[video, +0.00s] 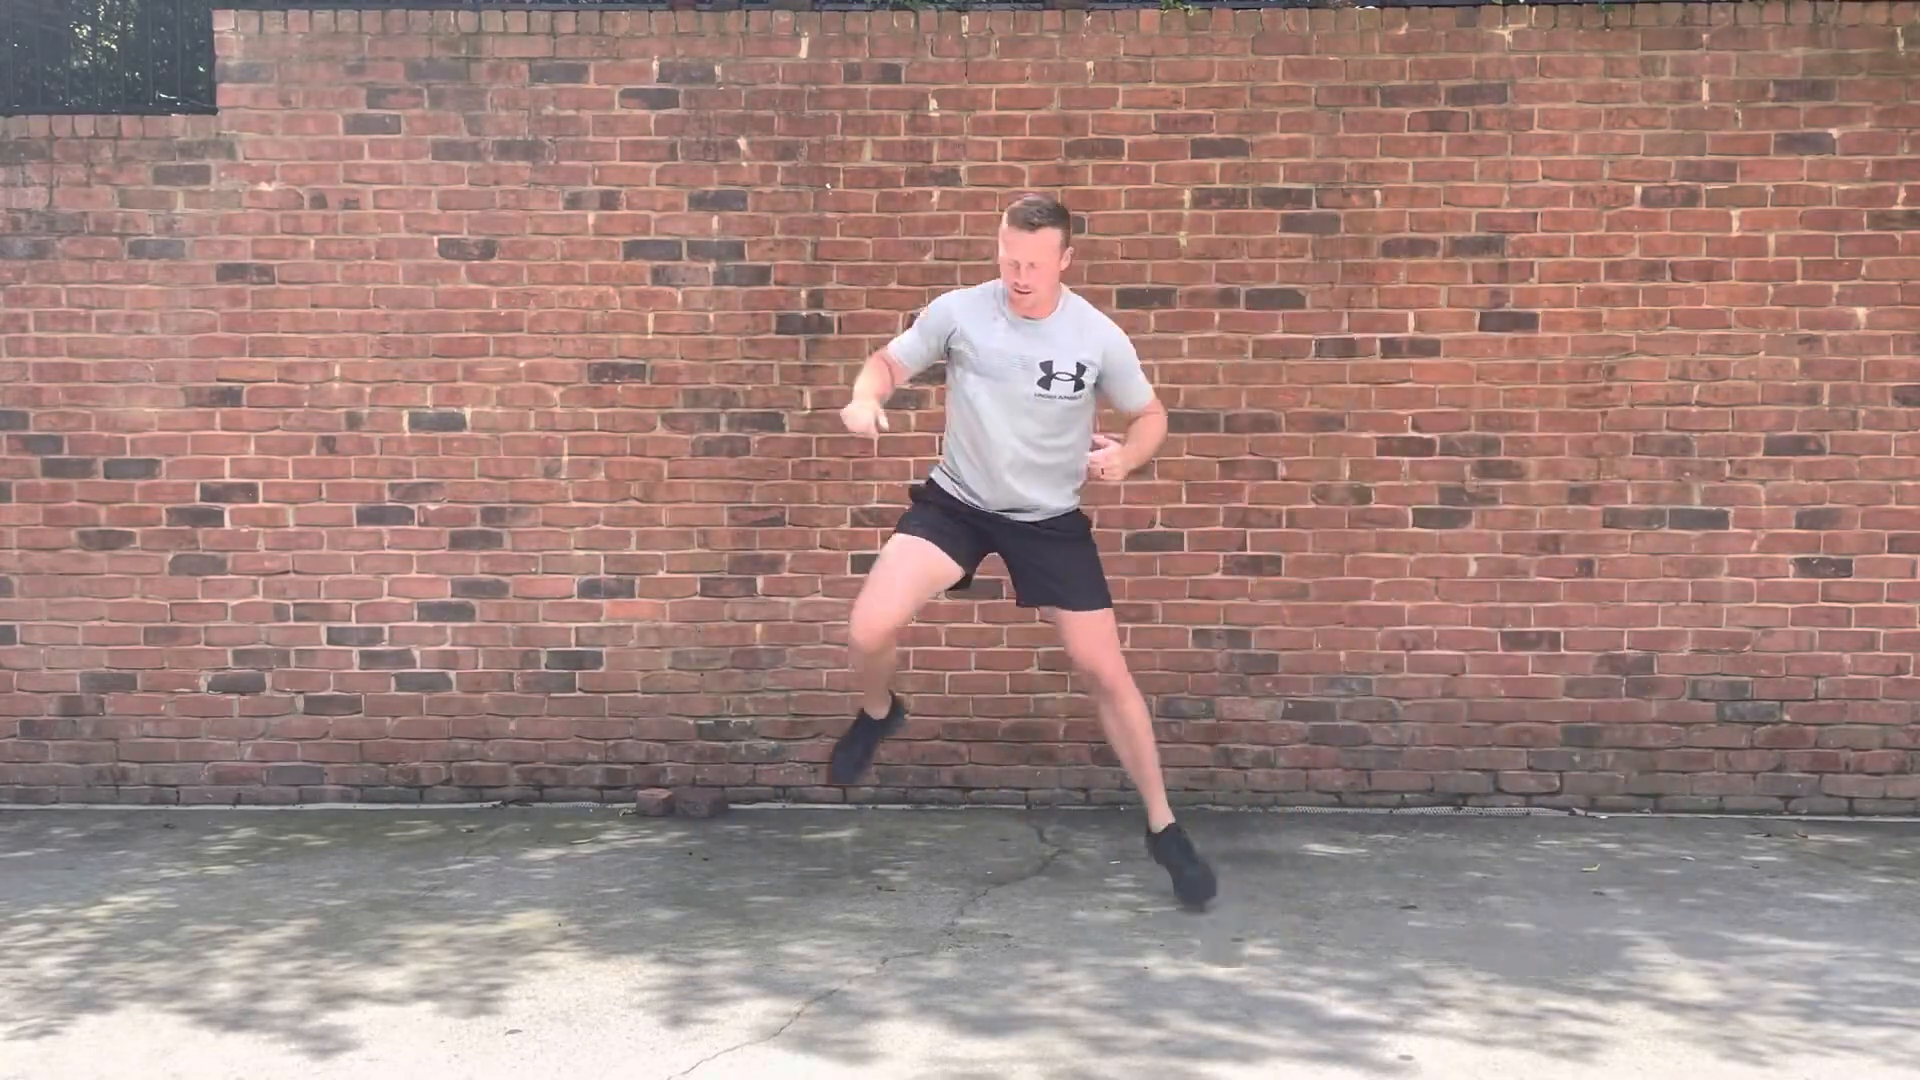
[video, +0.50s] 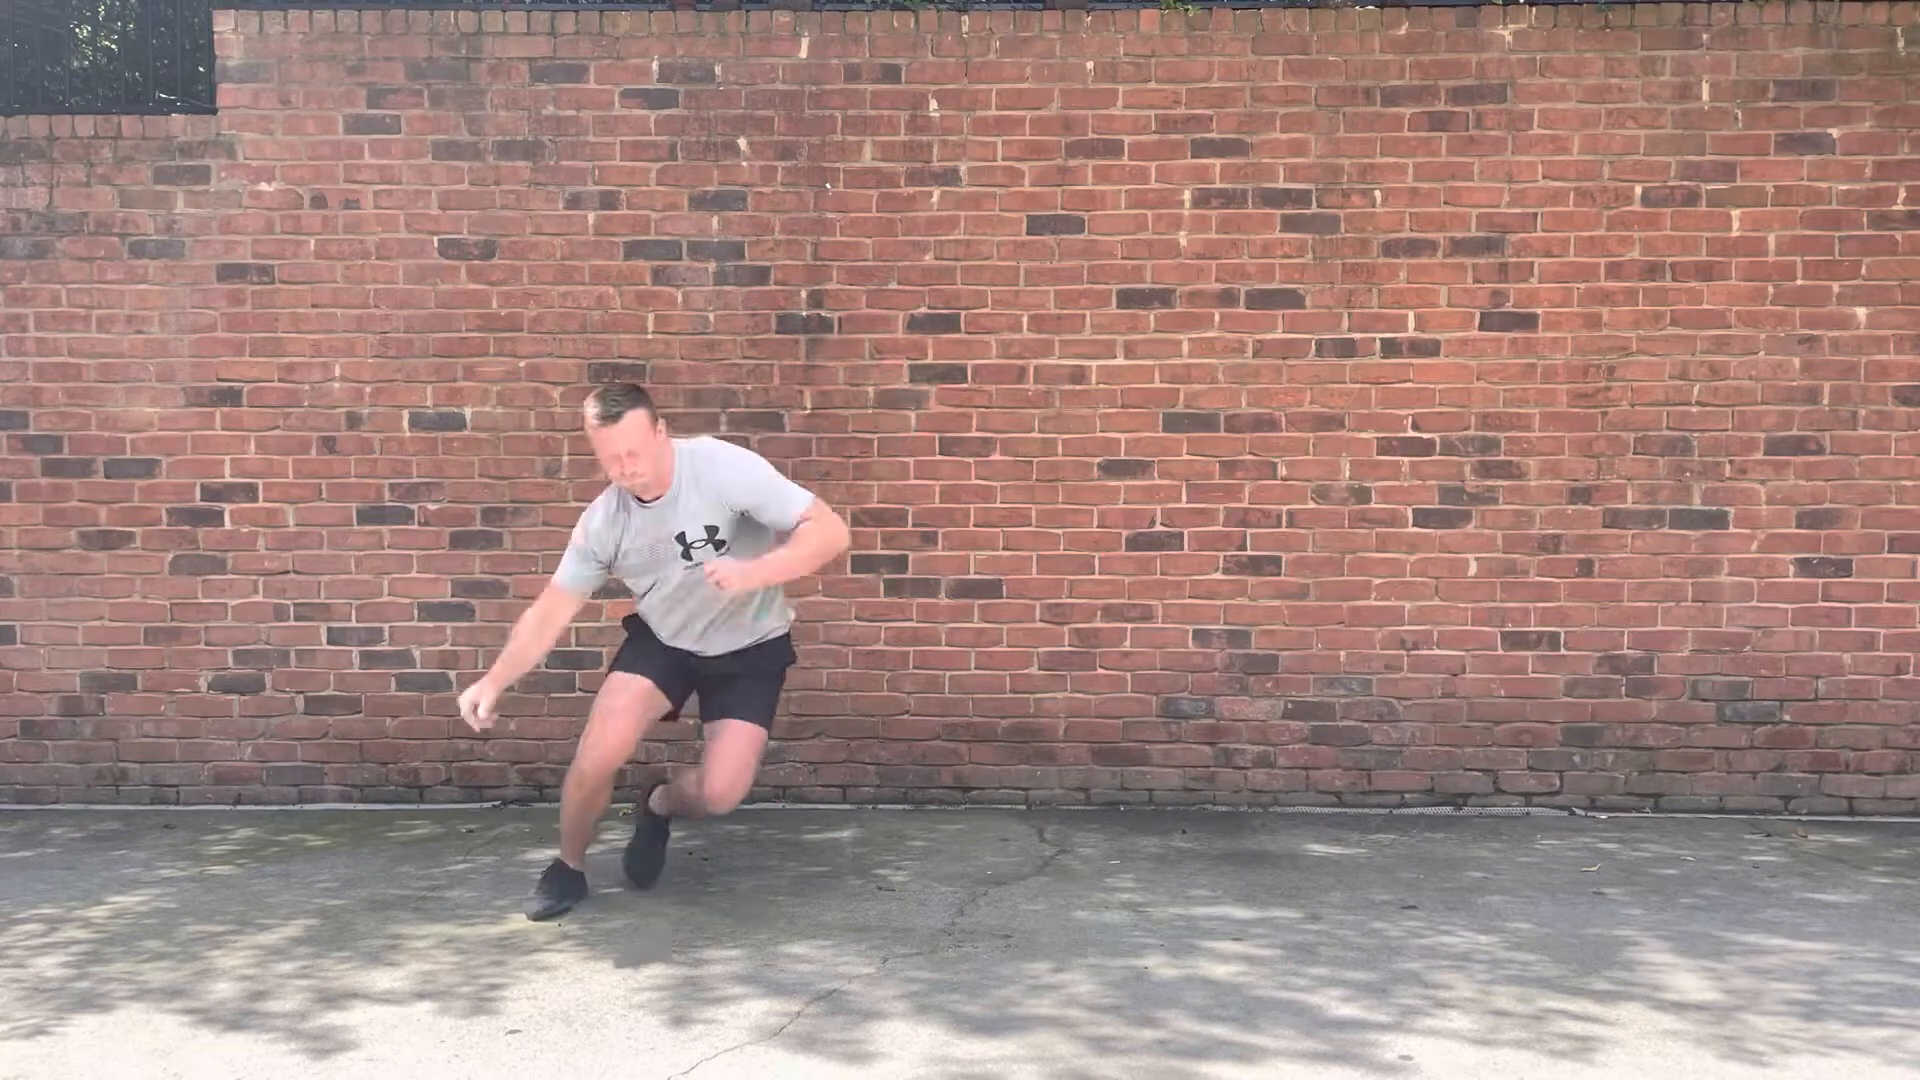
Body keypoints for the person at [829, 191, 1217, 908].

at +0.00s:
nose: (1017, 278)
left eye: (1032, 265)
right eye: (1009, 263)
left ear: (1063, 260)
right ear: (998, 252)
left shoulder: (1098, 338)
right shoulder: (958, 313)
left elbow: (1151, 418)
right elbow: (886, 367)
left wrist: (1127, 455)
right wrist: (866, 399)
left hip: (1050, 520)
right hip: (954, 503)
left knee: (1104, 668)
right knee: (867, 629)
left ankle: (1163, 825)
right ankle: (877, 714)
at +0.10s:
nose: (920, 277)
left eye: (934, 263)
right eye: (909, 262)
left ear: (963, 258)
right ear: (896, 255)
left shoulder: (1006, 326)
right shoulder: (861, 314)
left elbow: (1074, 384)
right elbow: (785, 362)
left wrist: (1052, 440)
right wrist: (719, 415)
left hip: (967, 515)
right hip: (869, 505)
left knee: (1036, 671)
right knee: (777, 637)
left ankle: (1062, 789)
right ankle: (730, 751)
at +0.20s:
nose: (817, 323)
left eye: (831, 309)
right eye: (807, 310)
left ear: (860, 300)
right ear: (794, 301)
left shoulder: (910, 354)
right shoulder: (766, 356)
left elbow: (974, 390)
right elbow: (699, 396)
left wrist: (950, 460)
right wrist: (622, 457)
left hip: (883, 546)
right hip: (786, 542)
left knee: (944, 702)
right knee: (700, 678)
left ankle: (932, 751)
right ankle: (615, 821)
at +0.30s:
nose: (716, 401)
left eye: (728, 386)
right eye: (705, 388)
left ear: (760, 374)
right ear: (693, 382)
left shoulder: (818, 427)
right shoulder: (673, 437)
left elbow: (882, 467)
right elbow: (619, 482)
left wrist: (839, 532)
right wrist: (550, 539)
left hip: (801, 613)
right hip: (705, 607)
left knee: (839, 772)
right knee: (634, 731)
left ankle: (797, 744)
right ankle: (569, 865)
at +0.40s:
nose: (642, 461)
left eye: (652, 445)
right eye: (629, 449)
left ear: (682, 424)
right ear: (615, 441)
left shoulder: (749, 471)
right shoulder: (617, 507)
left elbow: (824, 551)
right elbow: (567, 586)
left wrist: (751, 615)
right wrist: (491, 663)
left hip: (760, 641)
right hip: (670, 632)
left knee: (729, 798)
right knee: (599, 750)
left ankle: (681, 776)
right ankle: (568, 867)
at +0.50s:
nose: (626, 471)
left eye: (634, 453)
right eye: (612, 460)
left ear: (661, 432)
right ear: (598, 456)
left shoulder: (726, 470)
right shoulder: (603, 523)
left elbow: (831, 532)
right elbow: (549, 612)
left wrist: (754, 571)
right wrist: (494, 681)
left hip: (750, 642)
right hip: (662, 637)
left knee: (722, 792)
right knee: (596, 756)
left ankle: (657, 804)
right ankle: (569, 867)